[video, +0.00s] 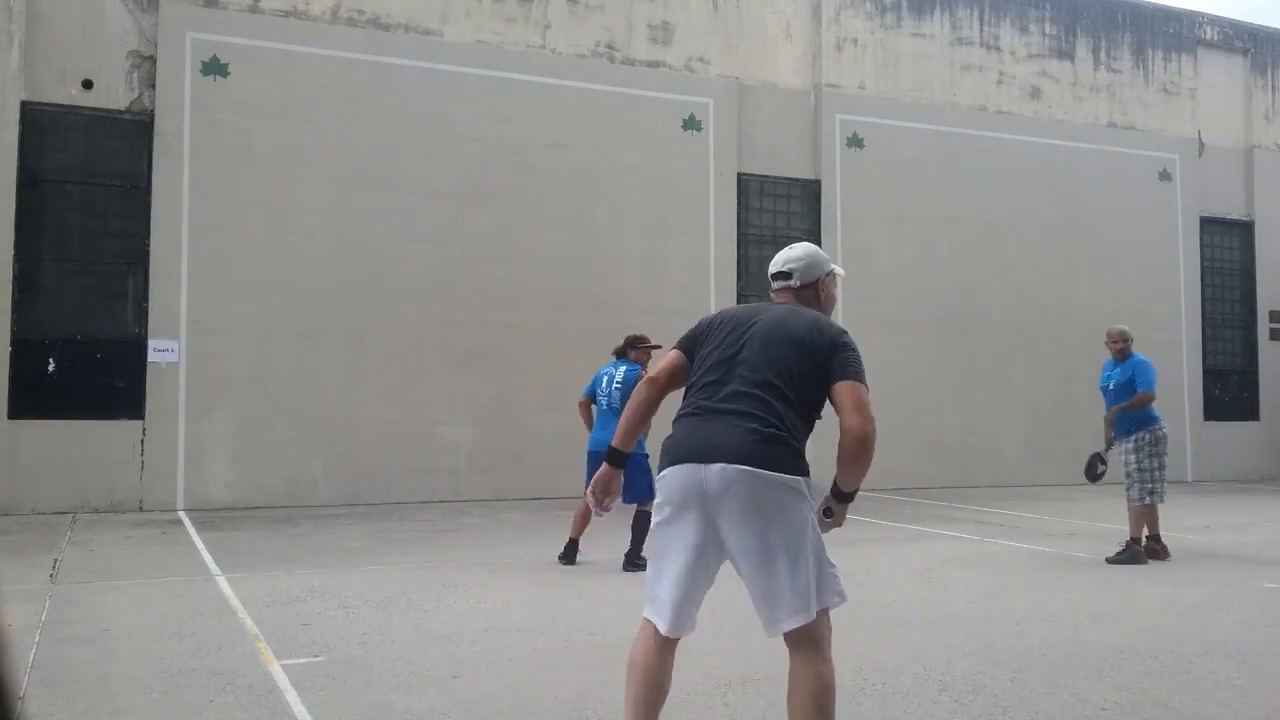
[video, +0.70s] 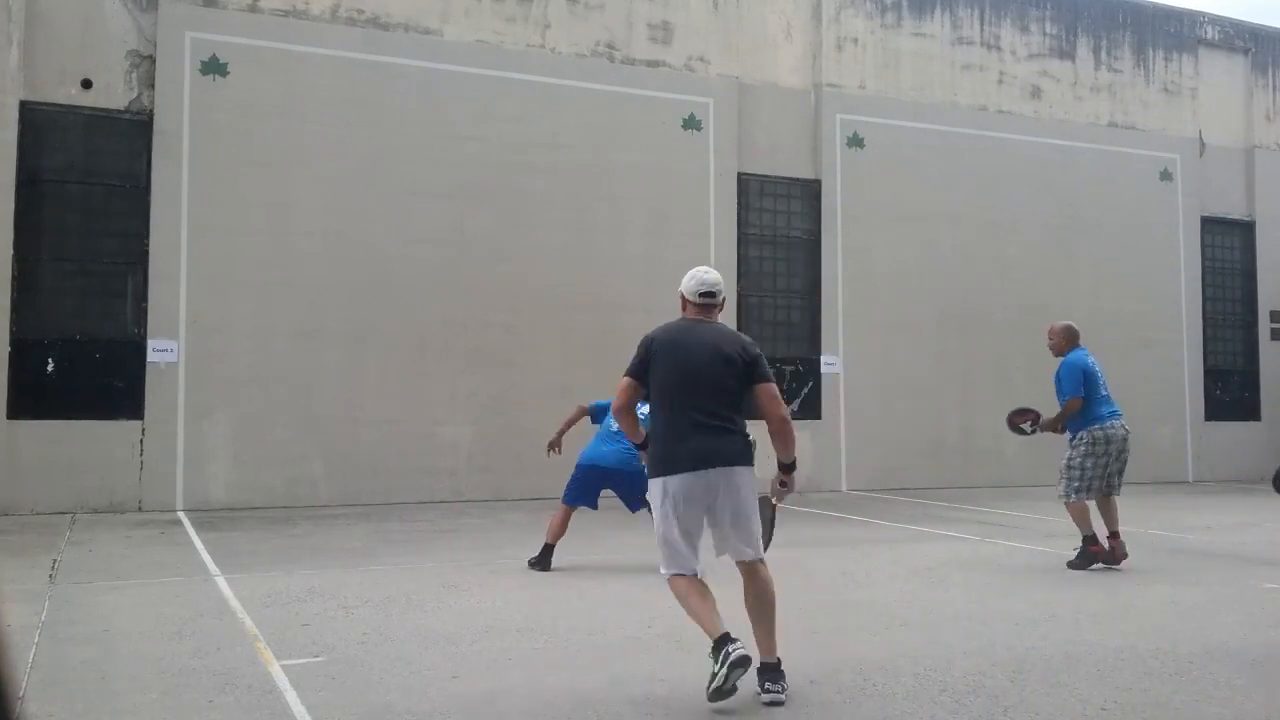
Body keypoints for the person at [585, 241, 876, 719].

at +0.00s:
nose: (835, 295)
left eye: (834, 286)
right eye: (833, 286)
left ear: (777, 289)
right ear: (821, 287)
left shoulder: (718, 321)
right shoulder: (829, 335)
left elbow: (653, 380)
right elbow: (858, 428)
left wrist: (615, 460)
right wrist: (840, 498)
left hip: (681, 465)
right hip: (763, 469)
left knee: (659, 623)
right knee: (807, 636)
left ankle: (637, 715)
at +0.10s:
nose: (834, 294)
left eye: (832, 285)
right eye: (831, 285)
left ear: (775, 290)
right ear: (821, 288)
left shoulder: (722, 321)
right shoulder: (833, 338)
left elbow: (666, 381)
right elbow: (877, 434)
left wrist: (618, 455)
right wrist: (853, 498)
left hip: (692, 467)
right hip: (772, 468)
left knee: (697, 613)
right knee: (802, 636)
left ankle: (707, 715)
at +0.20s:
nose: (813, 301)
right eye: (813, 295)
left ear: (759, 296)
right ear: (811, 297)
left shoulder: (720, 331)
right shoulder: (827, 343)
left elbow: (665, 393)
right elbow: (881, 430)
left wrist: (617, 465)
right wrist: (860, 491)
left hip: (705, 479)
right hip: (780, 474)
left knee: (729, 604)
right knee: (802, 629)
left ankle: (769, 714)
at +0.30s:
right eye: (790, 294)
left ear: (739, 297)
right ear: (788, 298)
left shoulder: (709, 342)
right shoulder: (811, 342)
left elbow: (658, 412)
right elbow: (867, 415)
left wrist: (619, 484)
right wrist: (869, 481)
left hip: (716, 483)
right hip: (787, 477)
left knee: (752, 615)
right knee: (820, 624)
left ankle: (799, 714)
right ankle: (830, 715)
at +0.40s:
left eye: (717, 299)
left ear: (716, 303)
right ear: (762, 302)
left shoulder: (694, 351)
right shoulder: (791, 341)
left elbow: (651, 433)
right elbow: (843, 397)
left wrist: (631, 488)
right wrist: (869, 466)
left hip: (723, 485)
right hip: (790, 480)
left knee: (751, 614)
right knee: (826, 606)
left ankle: (799, 715)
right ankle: (843, 695)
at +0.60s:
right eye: (735, 292)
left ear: (694, 293)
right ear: (737, 294)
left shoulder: (668, 334)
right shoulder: (758, 331)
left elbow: (632, 402)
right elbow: (798, 384)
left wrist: (666, 422)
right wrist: (823, 445)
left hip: (692, 463)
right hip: (751, 458)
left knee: (729, 582)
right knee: (765, 561)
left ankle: (776, 670)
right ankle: (771, 667)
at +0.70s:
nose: (691, 306)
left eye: (685, 300)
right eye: (711, 301)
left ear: (682, 301)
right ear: (723, 304)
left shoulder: (656, 341)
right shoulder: (741, 345)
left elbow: (621, 405)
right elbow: (777, 415)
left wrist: (643, 442)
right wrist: (787, 466)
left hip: (673, 468)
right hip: (731, 464)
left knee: (680, 568)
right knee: (752, 563)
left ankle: (723, 645)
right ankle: (771, 669)